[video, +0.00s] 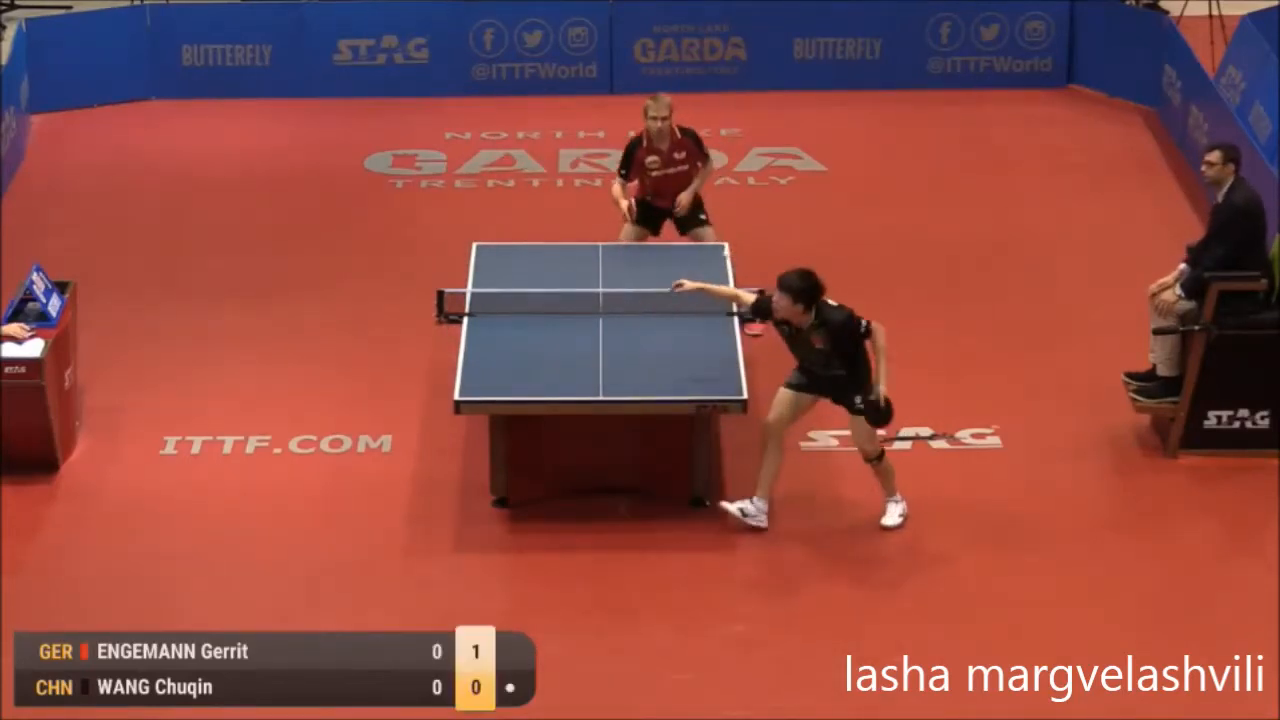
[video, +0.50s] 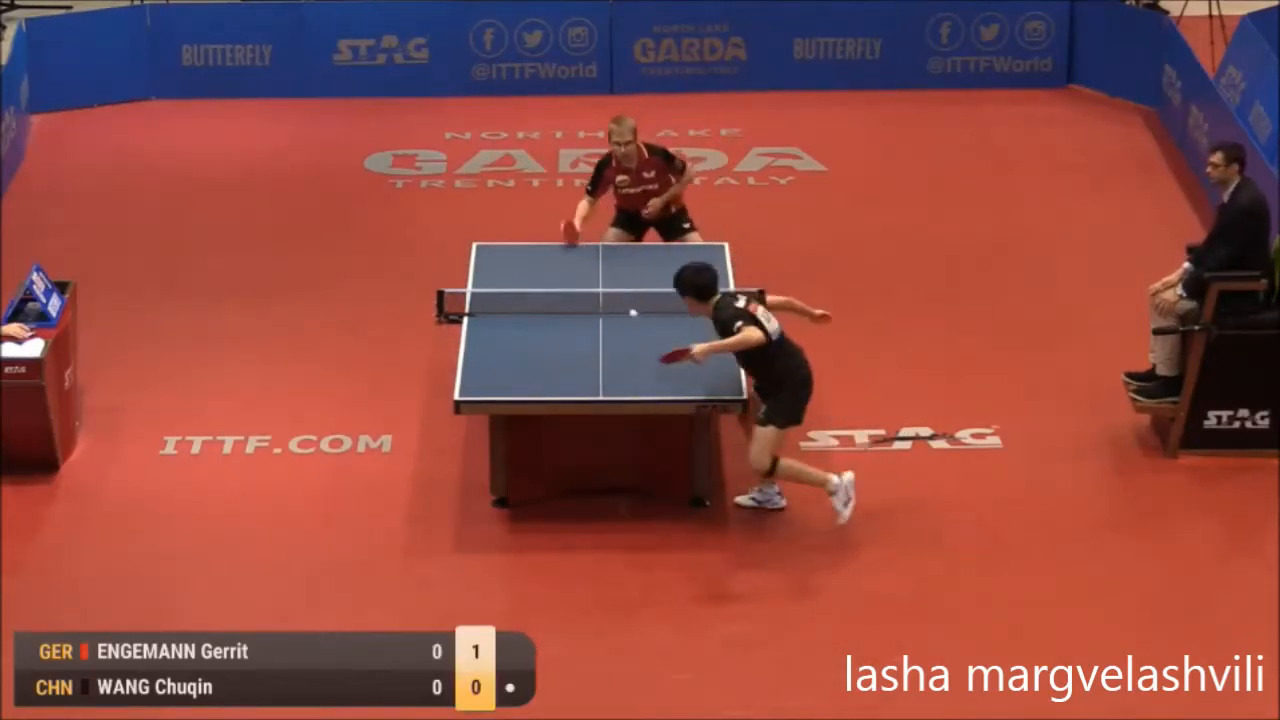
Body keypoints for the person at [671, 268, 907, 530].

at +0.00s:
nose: (774, 302)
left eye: (781, 299)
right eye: (775, 297)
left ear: (800, 307)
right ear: (785, 301)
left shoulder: (838, 318)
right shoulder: (775, 310)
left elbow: (877, 332)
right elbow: (737, 296)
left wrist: (881, 385)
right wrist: (698, 286)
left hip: (850, 379)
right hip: (810, 373)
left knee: (868, 449)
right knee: (773, 425)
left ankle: (894, 500)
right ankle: (759, 506)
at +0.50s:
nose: (684, 303)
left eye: (685, 297)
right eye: (683, 297)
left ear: (694, 299)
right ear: (711, 288)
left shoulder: (726, 314)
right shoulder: (733, 297)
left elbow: (756, 336)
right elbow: (784, 301)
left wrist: (709, 348)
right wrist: (812, 313)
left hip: (789, 381)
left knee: (760, 461)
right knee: (758, 425)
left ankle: (835, 484)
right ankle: (768, 490)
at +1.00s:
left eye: (670, 307)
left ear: (670, 312)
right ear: (703, 310)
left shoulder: (661, 351)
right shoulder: (725, 341)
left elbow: (629, 398)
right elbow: (759, 383)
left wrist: (611, 379)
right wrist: (766, 400)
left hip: (686, 443)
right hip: (730, 437)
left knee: (632, 489)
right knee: (763, 474)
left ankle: (632, 574)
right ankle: (796, 526)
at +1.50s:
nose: (691, 360)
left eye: (691, 356)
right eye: (693, 354)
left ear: (697, 359)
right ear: (728, 350)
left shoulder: (706, 397)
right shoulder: (757, 377)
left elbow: (694, 454)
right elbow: (786, 419)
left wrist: (659, 458)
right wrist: (756, 434)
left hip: (732, 482)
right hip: (776, 477)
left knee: (663, 513)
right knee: (810, 504)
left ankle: (662, 600)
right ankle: (846, 574)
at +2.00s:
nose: (663, 365)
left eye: (663, 358)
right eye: (661, 359)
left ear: (678, 354)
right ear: (688, 345)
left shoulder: (708, 382)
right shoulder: (715, 352)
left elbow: (735, 442)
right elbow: (745, 385)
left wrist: (704, 485)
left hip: (754, 455)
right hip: (764, 441)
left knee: (702, 523)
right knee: (721, 499)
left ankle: (706, 619)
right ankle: (735, 562)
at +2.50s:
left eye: (658, 282)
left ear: (653, 287)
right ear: (687, 287)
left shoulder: (639, 325)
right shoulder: (706, 321)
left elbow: (628, 385)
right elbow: (732, 371)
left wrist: (643, 397)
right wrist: (713, 391)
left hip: (653, 417)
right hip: (699, 418)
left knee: (607, 471)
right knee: (722, 482)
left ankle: (589, 550)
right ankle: (742, 559)